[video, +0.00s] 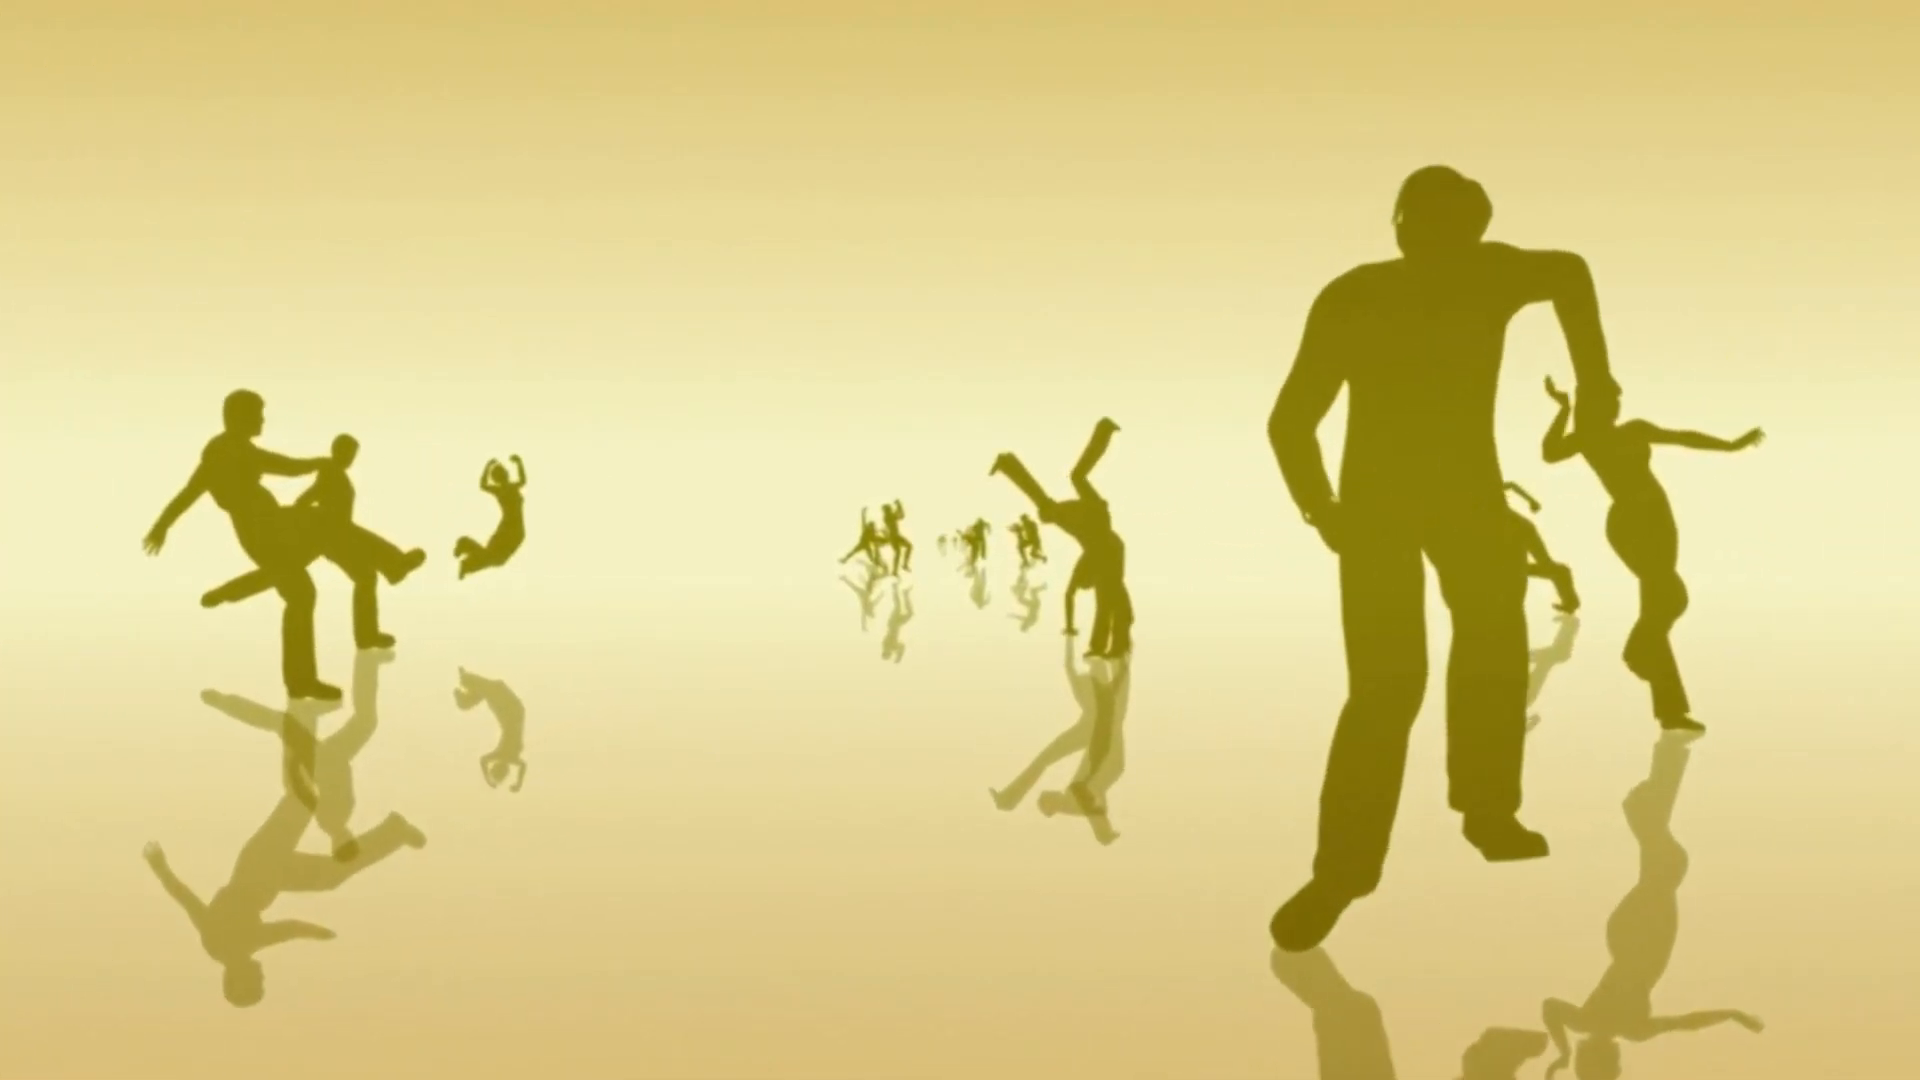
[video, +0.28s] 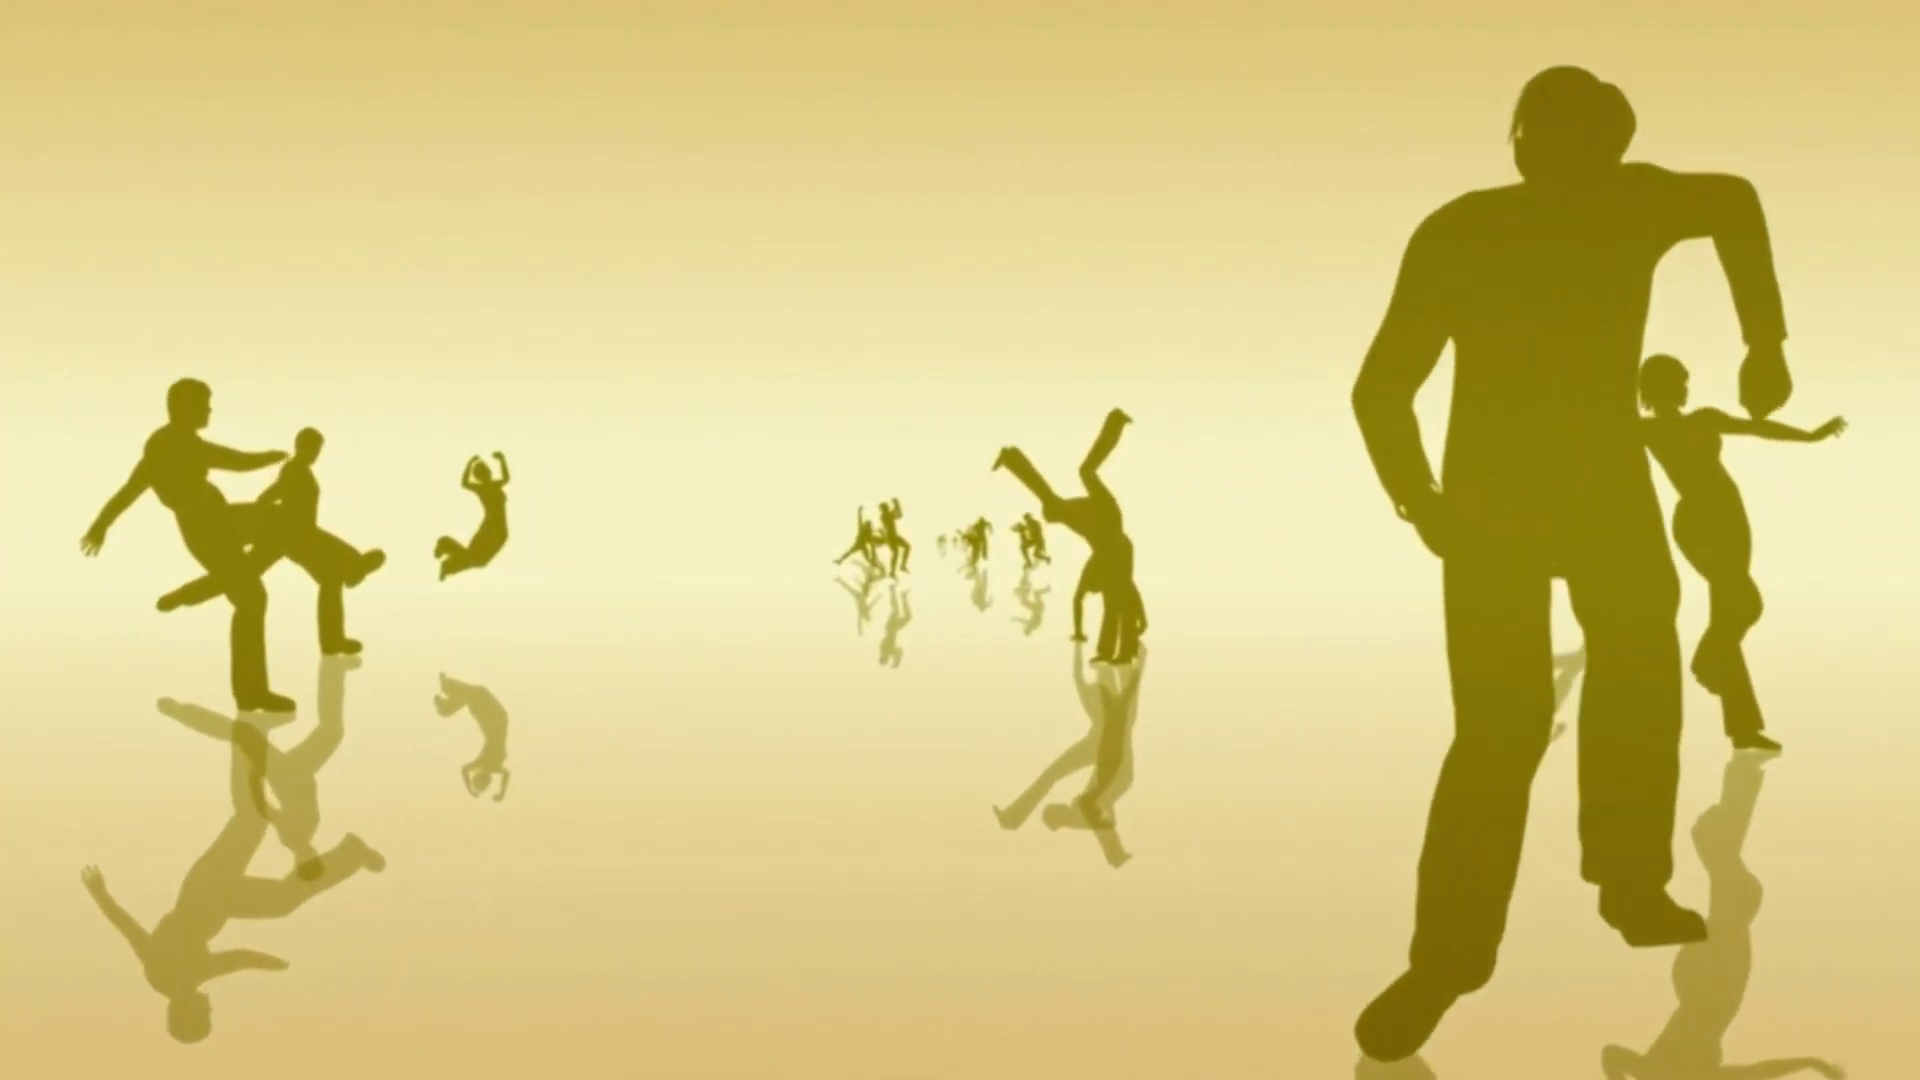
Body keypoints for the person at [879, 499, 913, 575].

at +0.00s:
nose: (891, 510)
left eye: (889, 509)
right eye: (889, 509)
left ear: (886, 510)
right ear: (888, 510)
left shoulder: (890, 516)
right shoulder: (890, 517)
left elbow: (900, 515)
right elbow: (900, 515)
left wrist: (898, 506)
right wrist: (899, 505)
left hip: (895, 535)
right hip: (894, 536)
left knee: (909, 546)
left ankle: (905, 564)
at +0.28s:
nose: (887, 509)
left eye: (886, 507)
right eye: (885, 507)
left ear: (885, 508)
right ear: (884, 508)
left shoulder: (887, 515)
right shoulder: (886, 516)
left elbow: (898, 515)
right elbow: (898, 515)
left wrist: (896, 505)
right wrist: (896, 505)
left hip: (893, 535)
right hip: (891, 536)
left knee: (907, 546)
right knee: (895, 552)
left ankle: (903, 565)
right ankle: (892, 572)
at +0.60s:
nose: (884, 508)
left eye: (883, 506)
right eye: (883, 506)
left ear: (881, 507)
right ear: (883, 507)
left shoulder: (883, 514)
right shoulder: (884, 515)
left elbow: (895, 514)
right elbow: (897, 514)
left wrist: (894, 503)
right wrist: (895, 503)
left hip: (889, 536)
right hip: (889, 536)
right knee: (905, 546)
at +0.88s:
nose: (882, 506)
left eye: (880, 504)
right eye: (880, 504)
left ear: (877, 506)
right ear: (879, 505)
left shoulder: (880, 513)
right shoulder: (881, 514)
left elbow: (892, 512)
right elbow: (894, 513)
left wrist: (891, 502)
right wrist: (892, 501)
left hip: (886, 535)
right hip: (886, 536)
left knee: (903, 547)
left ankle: (899, 568)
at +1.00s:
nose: (881, 506)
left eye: (880, 504)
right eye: (879, 504)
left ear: (877, 505)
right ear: (878, 505)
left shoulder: (880, 513)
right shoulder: (880, 514)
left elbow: (891, 512)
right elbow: (893, 512)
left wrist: (891, 502)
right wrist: (891, 501)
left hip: (885, 535)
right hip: (886, 535)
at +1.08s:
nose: (880, 505)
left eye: (879, 503)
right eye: (878, 503)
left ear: (875, 505)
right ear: (877, 504)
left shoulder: (878, 512)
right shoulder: (879, 513)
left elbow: (890, 512)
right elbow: (892, 512)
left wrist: (889, 501)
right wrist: (890, 501)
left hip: (883, 535)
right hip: (885, 535)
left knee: (888, 555)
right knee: (902, 547)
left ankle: (885, 575)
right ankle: (897, 569)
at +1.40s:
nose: (876, 503)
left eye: (875, 501)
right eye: (874, 502)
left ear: (873, 503)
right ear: (873, 502)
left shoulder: (876, 511)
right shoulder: (875, 511)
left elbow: (888, 511)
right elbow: (889, 511)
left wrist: (887, 499)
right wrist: (887, 499)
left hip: (881, 535)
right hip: (882, 535)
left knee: (886, 555)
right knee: (900, 547)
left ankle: (882, 577)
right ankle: (895, 570)